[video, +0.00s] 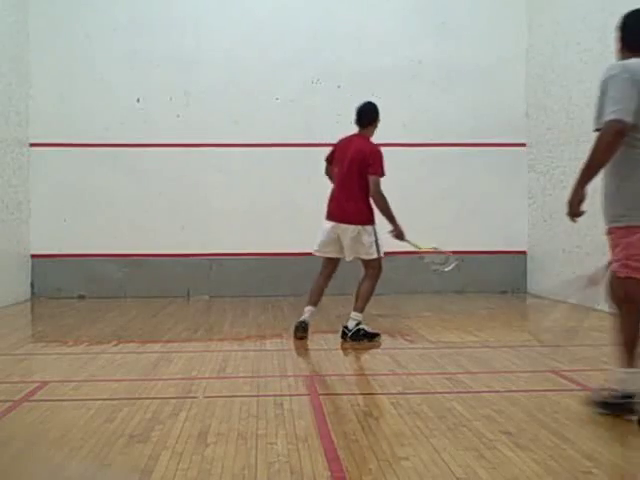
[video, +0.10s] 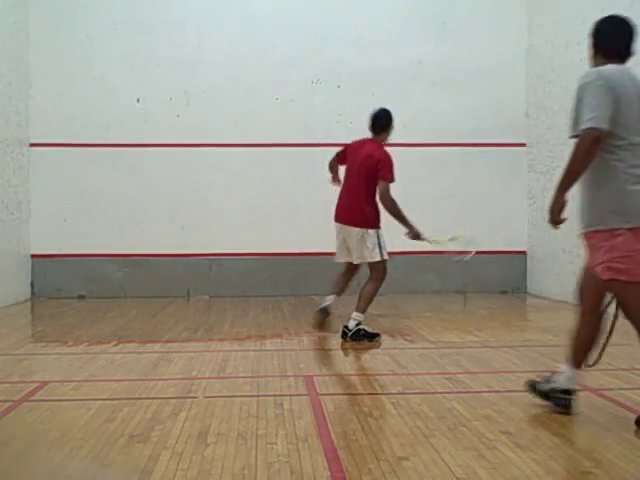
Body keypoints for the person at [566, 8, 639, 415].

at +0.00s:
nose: (616, 46)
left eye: (618, 40)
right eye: (620, 40)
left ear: (623, 41)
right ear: (636, 43)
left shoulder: (624, 73)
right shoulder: (625, 76)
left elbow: (617, 128)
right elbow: (617, 131)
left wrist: (581, 184)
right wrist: (584, 184)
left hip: (630, 215)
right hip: (627, 215)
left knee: (628, 291)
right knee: (625, 290)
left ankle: (629, 383)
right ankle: (627, 383)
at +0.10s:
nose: (589, 50)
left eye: (591, 44)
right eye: (593, 44)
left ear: (595, 46)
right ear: (627, 48)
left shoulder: (599, 80)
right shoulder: (630, 82)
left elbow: (592, 136)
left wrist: (561, 192)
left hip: (616, 221)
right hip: (624, 219)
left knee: (633, 311)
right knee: (590, 298)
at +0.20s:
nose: (565, 57)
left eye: (565, 51)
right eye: (572, 52)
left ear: (568, 53)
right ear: (603, 56)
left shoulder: (572, 86)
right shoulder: (610, 92)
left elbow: (567, 141)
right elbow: (634, 157)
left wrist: (538, 197)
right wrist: (636, 221)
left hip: (589, 215)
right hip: (610, 214)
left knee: (601, 304)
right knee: (557, 290)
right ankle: (550, 386)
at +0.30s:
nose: (544, 56)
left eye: (546, 50)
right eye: (549, 50)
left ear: (548, 53)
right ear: (582, 57)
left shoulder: (550, 84)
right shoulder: (588, 93)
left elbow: (544, 139)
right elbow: (609, 165)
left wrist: (519, 194)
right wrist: (605, 219)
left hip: (558, 208)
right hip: (587, 208)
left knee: (543, 297)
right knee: (546, 297)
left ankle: (626, 369)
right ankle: (548, 386)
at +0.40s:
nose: (525, 54)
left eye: (526, 48)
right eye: (531, 49)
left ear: (529, 50)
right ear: (563, 54)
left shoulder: (529, 81)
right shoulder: (569, 89)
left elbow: (525, 135)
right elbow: (579, 162)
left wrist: (498, 191)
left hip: (537, 204)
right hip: (567, 206)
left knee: (501, 291)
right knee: (536, 291)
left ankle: (573, 365)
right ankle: (549, 385)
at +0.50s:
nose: (506, 52)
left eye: (507, 46)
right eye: (512, 46)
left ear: (511, 48)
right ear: (542, 52)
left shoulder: (509, 80)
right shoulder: (551, 90)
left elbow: (505, 135)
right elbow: (551, 152)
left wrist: (477, 194)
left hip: (516, 201)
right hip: (553, 202)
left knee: (471, 285)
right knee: (531, 289)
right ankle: (548, 383)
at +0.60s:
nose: (486, 56)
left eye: (487, 50)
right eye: (492, 51)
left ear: (488, 53)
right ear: (522, 56)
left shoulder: (484, 85)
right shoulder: (532, 96)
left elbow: (479, 138)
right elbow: (533, 155)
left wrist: (459, 197)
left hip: (497, 204)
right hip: (537, 205)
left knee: (451, 288)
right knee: (527, 293)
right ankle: (546, 386)